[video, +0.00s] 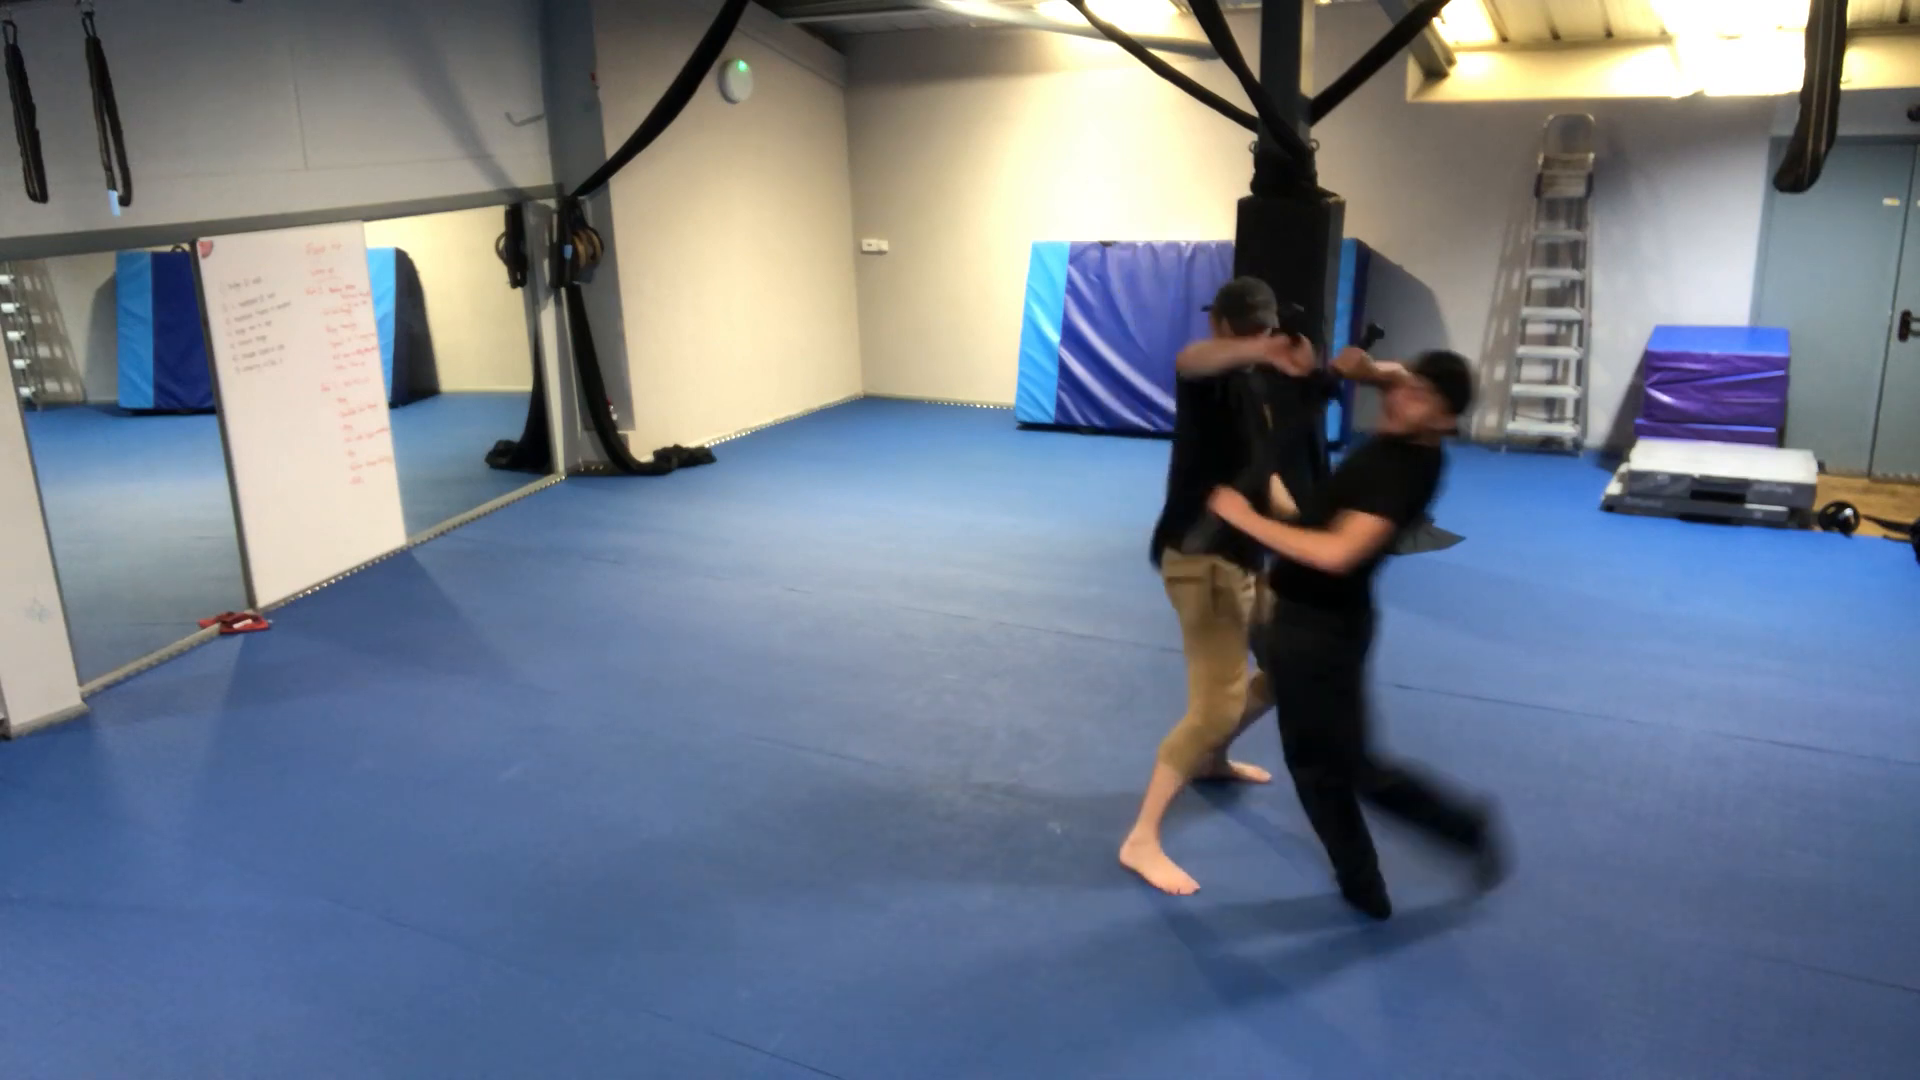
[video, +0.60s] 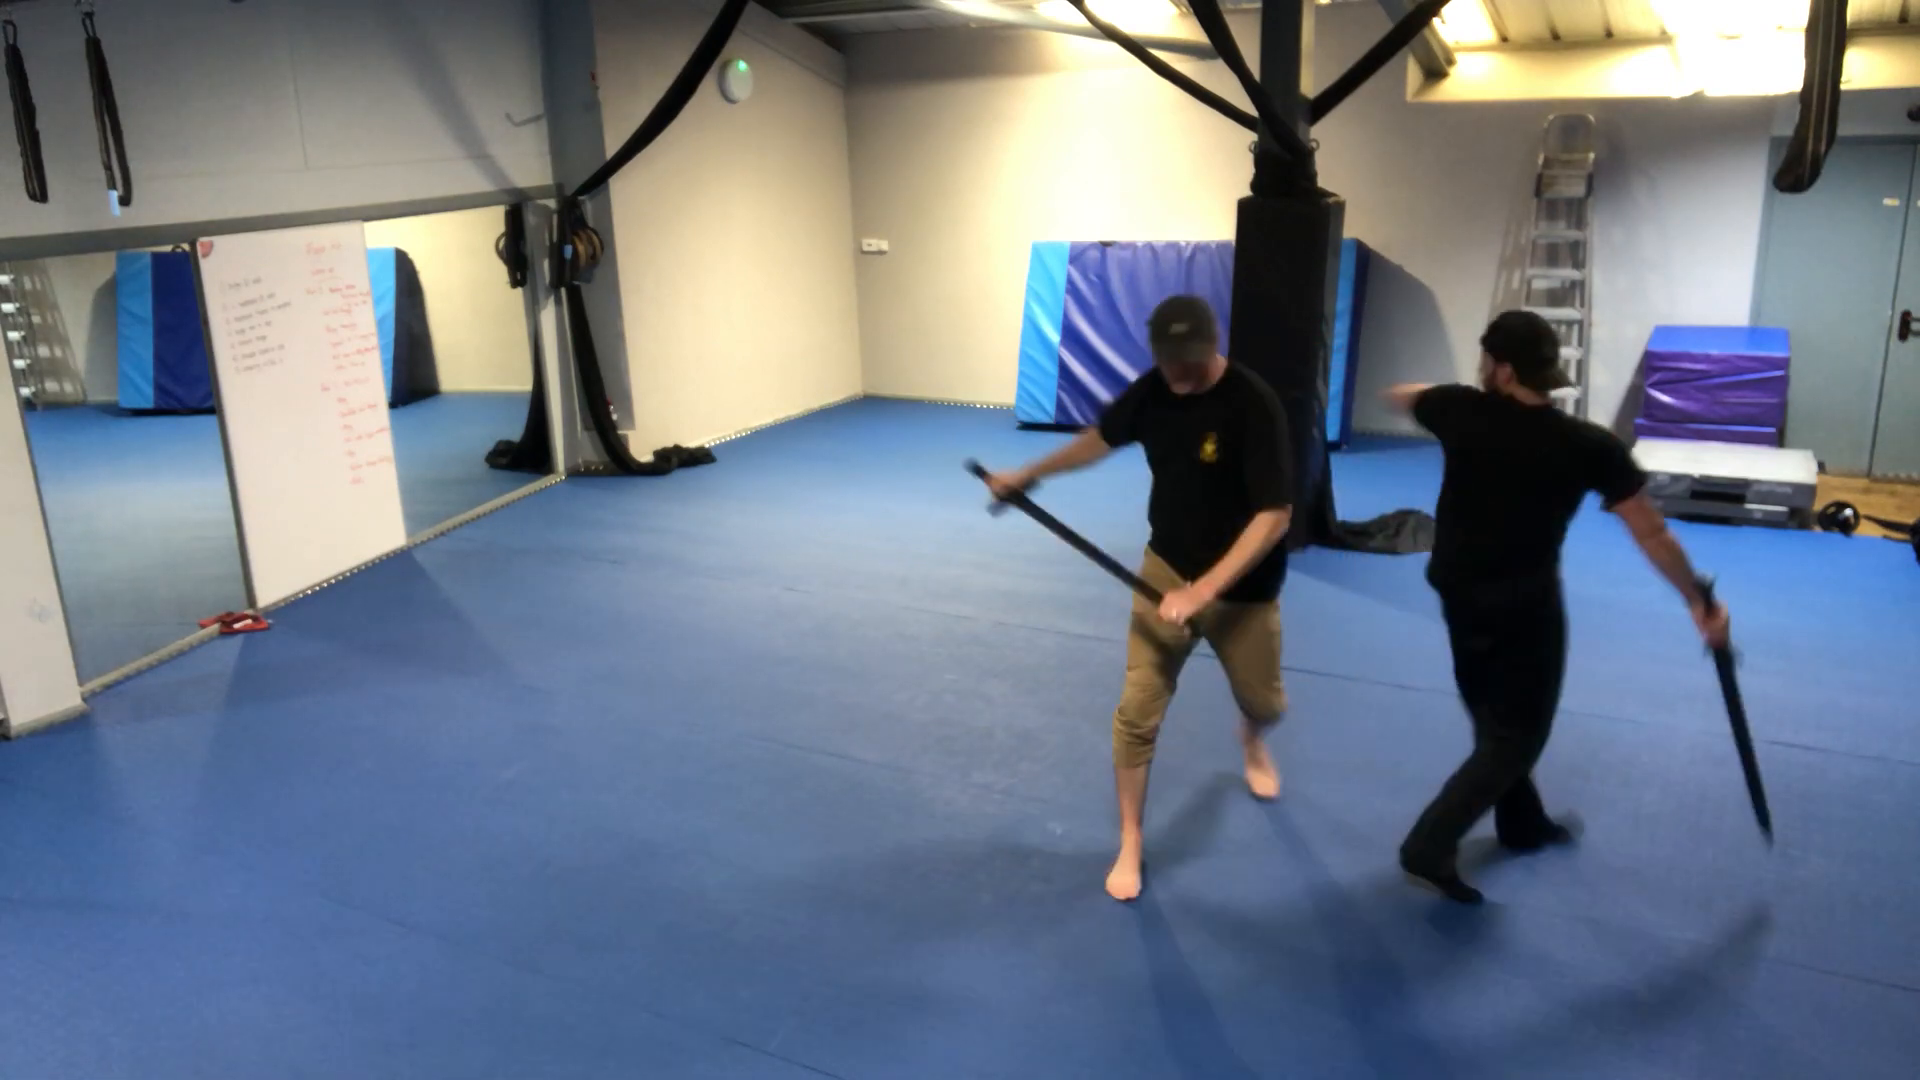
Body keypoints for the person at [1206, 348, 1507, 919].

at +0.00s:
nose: (1400, 395)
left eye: (1417, 393)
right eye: (1403, 385)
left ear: (1442, 414)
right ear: (1400, 391)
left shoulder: (1404, 464)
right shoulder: (1399, 444)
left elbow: (1338, 552)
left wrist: (1249, 520)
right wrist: (1292, 510)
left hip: (1319, 625)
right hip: (1324, 613)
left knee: (1318, 768)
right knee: (1343, 762)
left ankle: (1365, 893)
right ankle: (1467, 829)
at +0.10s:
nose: (1466, 407)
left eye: (1482, 404)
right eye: (1463, 393)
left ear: (1499, 419)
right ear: (1450, 390)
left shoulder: (1475, 486)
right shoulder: (1415, 422)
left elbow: (1420, 572)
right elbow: (1365, 383)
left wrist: (1309, 561)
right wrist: (1332, 391)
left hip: (1398, 633)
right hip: (1345, 618)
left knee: (1448, 740)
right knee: (1305, 754)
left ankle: (1518, 802)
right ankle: (1365, 886)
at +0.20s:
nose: (1508, 413)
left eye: (1519, 404)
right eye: (1499, 399)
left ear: (1529, 411)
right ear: (1471, 396)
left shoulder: (1527, 476)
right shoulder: (1428, 426)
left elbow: (1509, 573)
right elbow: (1346, 397)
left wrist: (1428, 598)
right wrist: (1363, 432)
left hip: (1470, 636)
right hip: (1394, 623)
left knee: (1502, 747)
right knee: (1326, 751)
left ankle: (1516, 820)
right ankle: (1384, 863)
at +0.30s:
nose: (1565, 403)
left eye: (1567, 393)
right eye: (1560, 391)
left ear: (1541, 389)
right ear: (1527, 386)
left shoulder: (1549, 449)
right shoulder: (1443, 419)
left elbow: (1583, 529)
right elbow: (1385, 467)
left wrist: (1536, 557)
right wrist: (1430, 533)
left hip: (1506, 622)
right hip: (1428, 617)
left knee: (1533, 736)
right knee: (1394, 748)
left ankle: (1525, 826)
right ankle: (1386, 860)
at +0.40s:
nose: (1564, 381)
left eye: (1561, 373)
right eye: (1563, 373)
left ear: (1511, 360)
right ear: (1553, 374)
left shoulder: (1532, 416)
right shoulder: (1490, 427)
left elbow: (1591, 457)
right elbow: (1490, 536)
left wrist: (1592, 482)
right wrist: (1532, 607)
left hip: (1501, 592)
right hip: (1453, 595)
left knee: (1531, 725)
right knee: (1470, 742)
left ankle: (1526, 825)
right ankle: (1411, 856)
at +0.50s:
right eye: (1545, 364)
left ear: (1492, 361)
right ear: (1549, 371)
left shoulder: (1460, 399)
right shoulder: (1553, 443)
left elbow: (1530, 415)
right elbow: (1602, 547)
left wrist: (1599, 442)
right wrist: (1653, 630)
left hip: (1456, 584)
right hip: (1499, 601)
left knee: (1521, 705)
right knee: (1498, 728)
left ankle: (1523, 822)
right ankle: (1427, 852)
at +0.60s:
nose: (1482, 370)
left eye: (1485, 361)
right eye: (1486, 361)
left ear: (1500, 367)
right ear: (1549, 370)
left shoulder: (1463, 411)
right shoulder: (1588, 445)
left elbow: (1399, 396)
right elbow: (1652, 534)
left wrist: (1462, 398)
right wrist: (1700, 600)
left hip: (1461, 592)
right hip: (1530, 602)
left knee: (1495, 715)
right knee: (1514, 737)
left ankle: (1522, 822)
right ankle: (1428, 848)